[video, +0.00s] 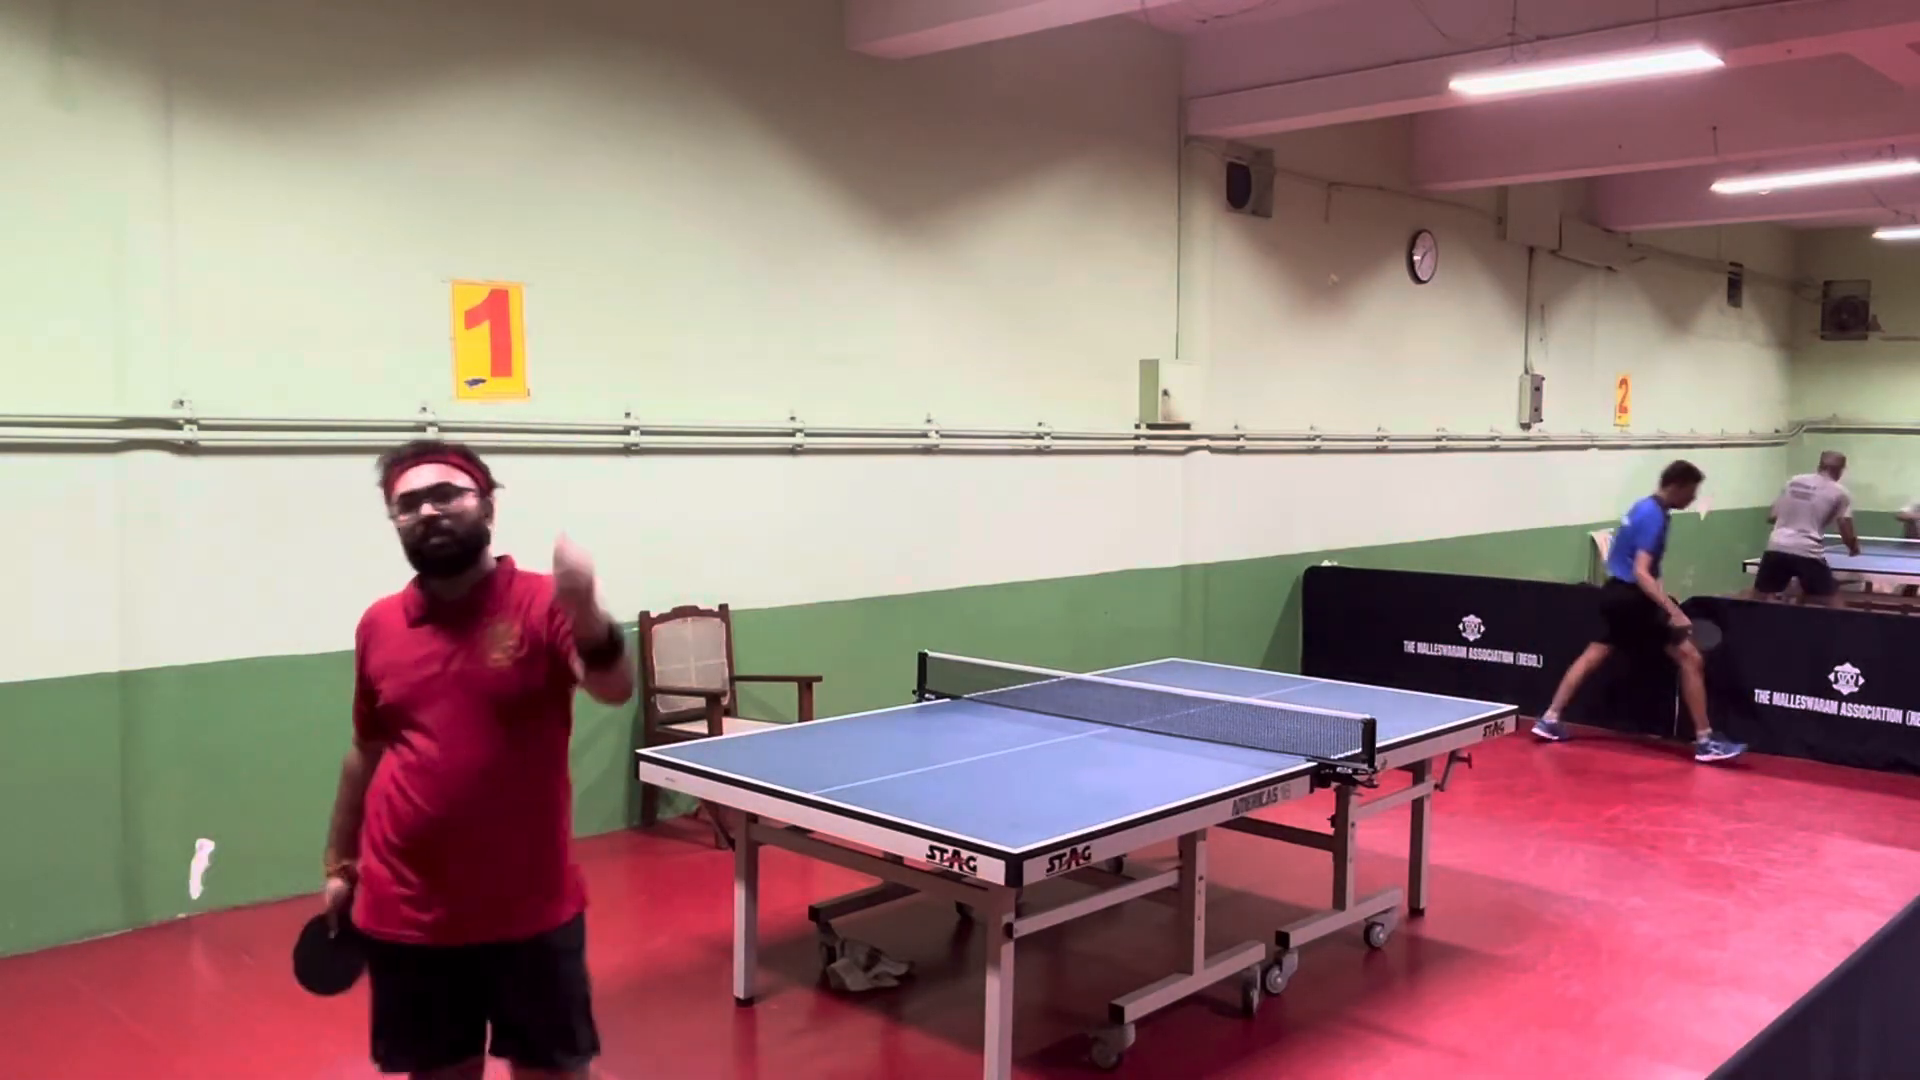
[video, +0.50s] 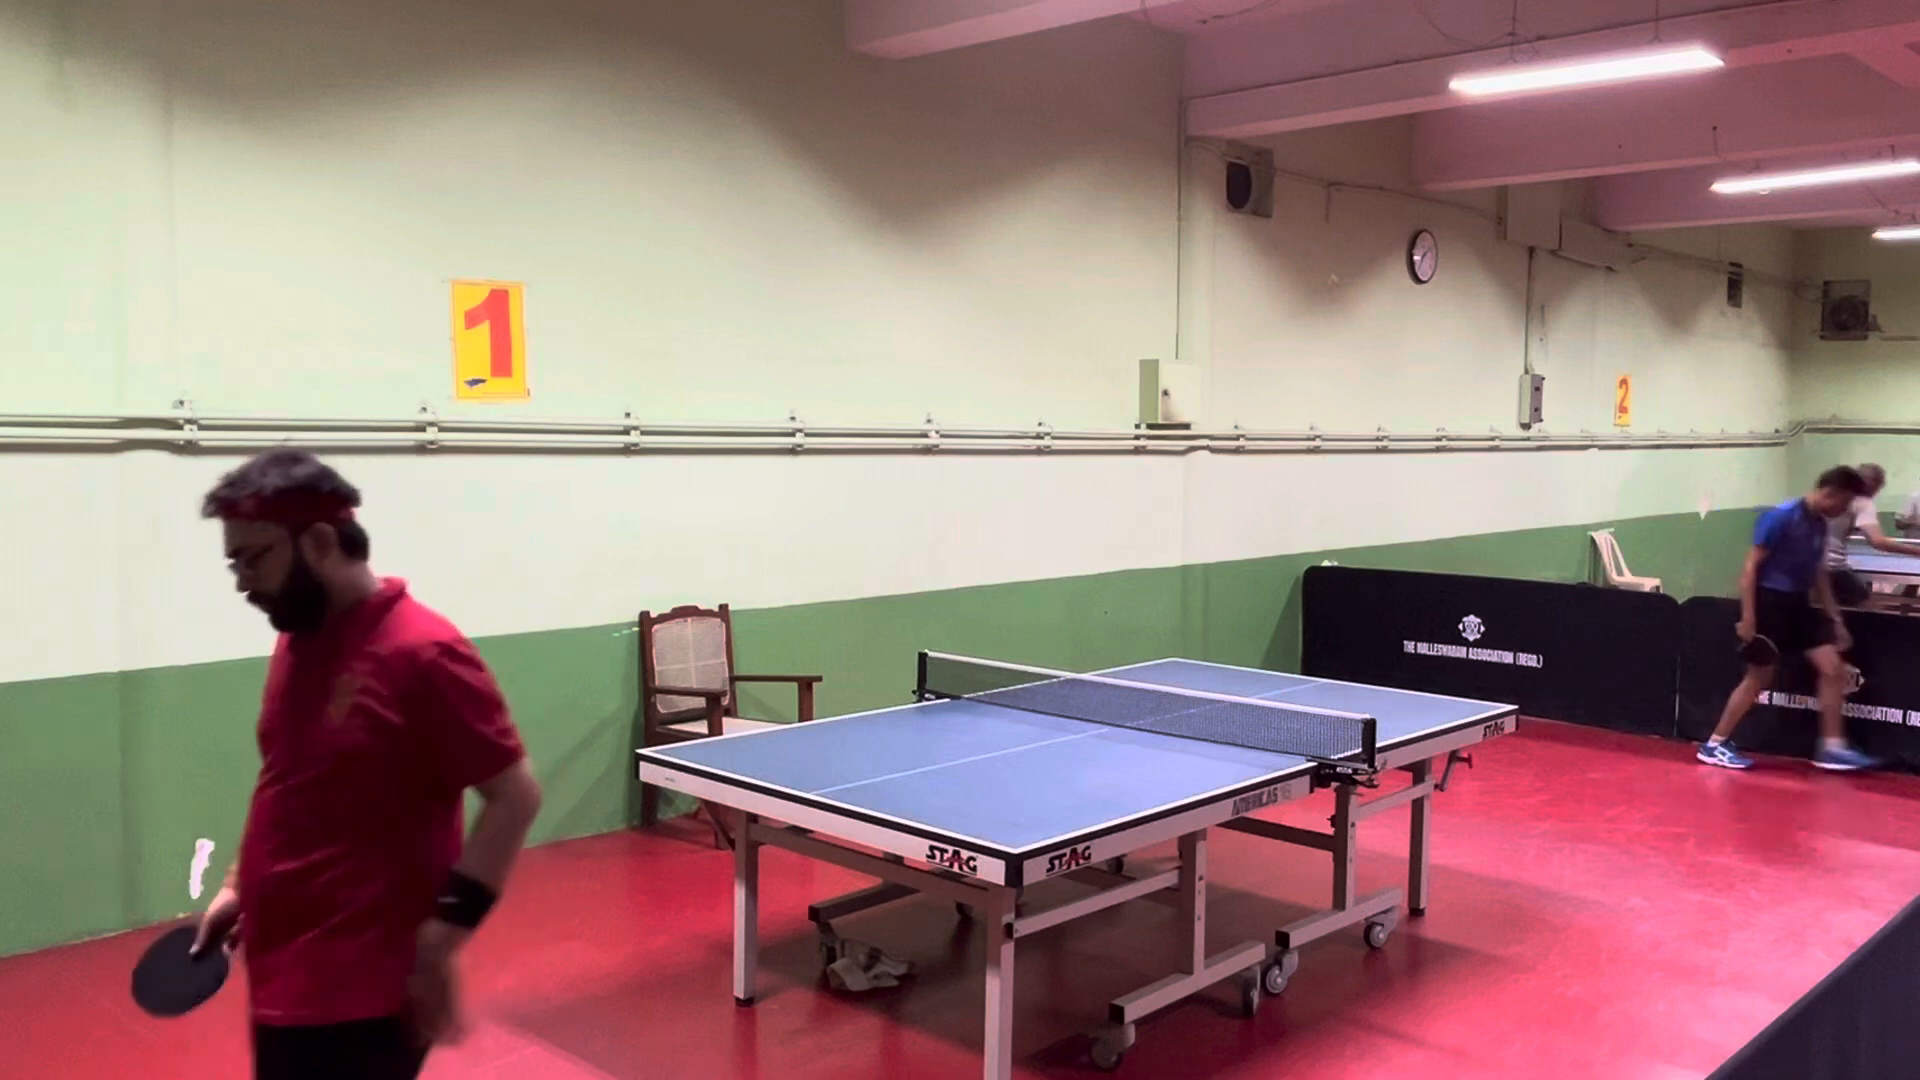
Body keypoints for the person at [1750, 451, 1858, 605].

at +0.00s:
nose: (1842, 474)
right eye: (1841, 470)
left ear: (1819, 466)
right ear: (1839, 470)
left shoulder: (1795, 481)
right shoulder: (1840, 493)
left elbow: (1772, 516)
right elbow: (1847, 534)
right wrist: (1854, 548)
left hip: (1776, 552)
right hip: (1808, 557)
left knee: (1758, 601)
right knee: (1834, 605)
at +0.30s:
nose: (1842, 479)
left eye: (1843, 475)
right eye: (1843, 475)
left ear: (1819, 469)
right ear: (1839, 474)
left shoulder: (1794, 483)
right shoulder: (1836, 493)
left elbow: (1767, 516)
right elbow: (1845, 539)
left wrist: (1783, 526)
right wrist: (1872, 555)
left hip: (1777, 553)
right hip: (1809, 556)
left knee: (1758, 602)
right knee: (1839, 603)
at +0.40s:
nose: (1856, 484)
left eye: (1857, 480)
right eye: (1856, 480)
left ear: (1833, 474)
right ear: (1851, 478)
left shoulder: (1810, 489)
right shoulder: (1843, 498)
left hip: (1789, 557)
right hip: (1817, 560)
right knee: (1854, 608)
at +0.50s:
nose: (1879, 490)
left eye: (1880, 486)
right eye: (1879, 486)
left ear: (1857, 478)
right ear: (1873, 483)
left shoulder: (1835, 495)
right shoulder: (1862, 502)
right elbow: (1876, 541)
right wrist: (1915, 550)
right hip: (1833, 566)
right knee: (1862, 595)